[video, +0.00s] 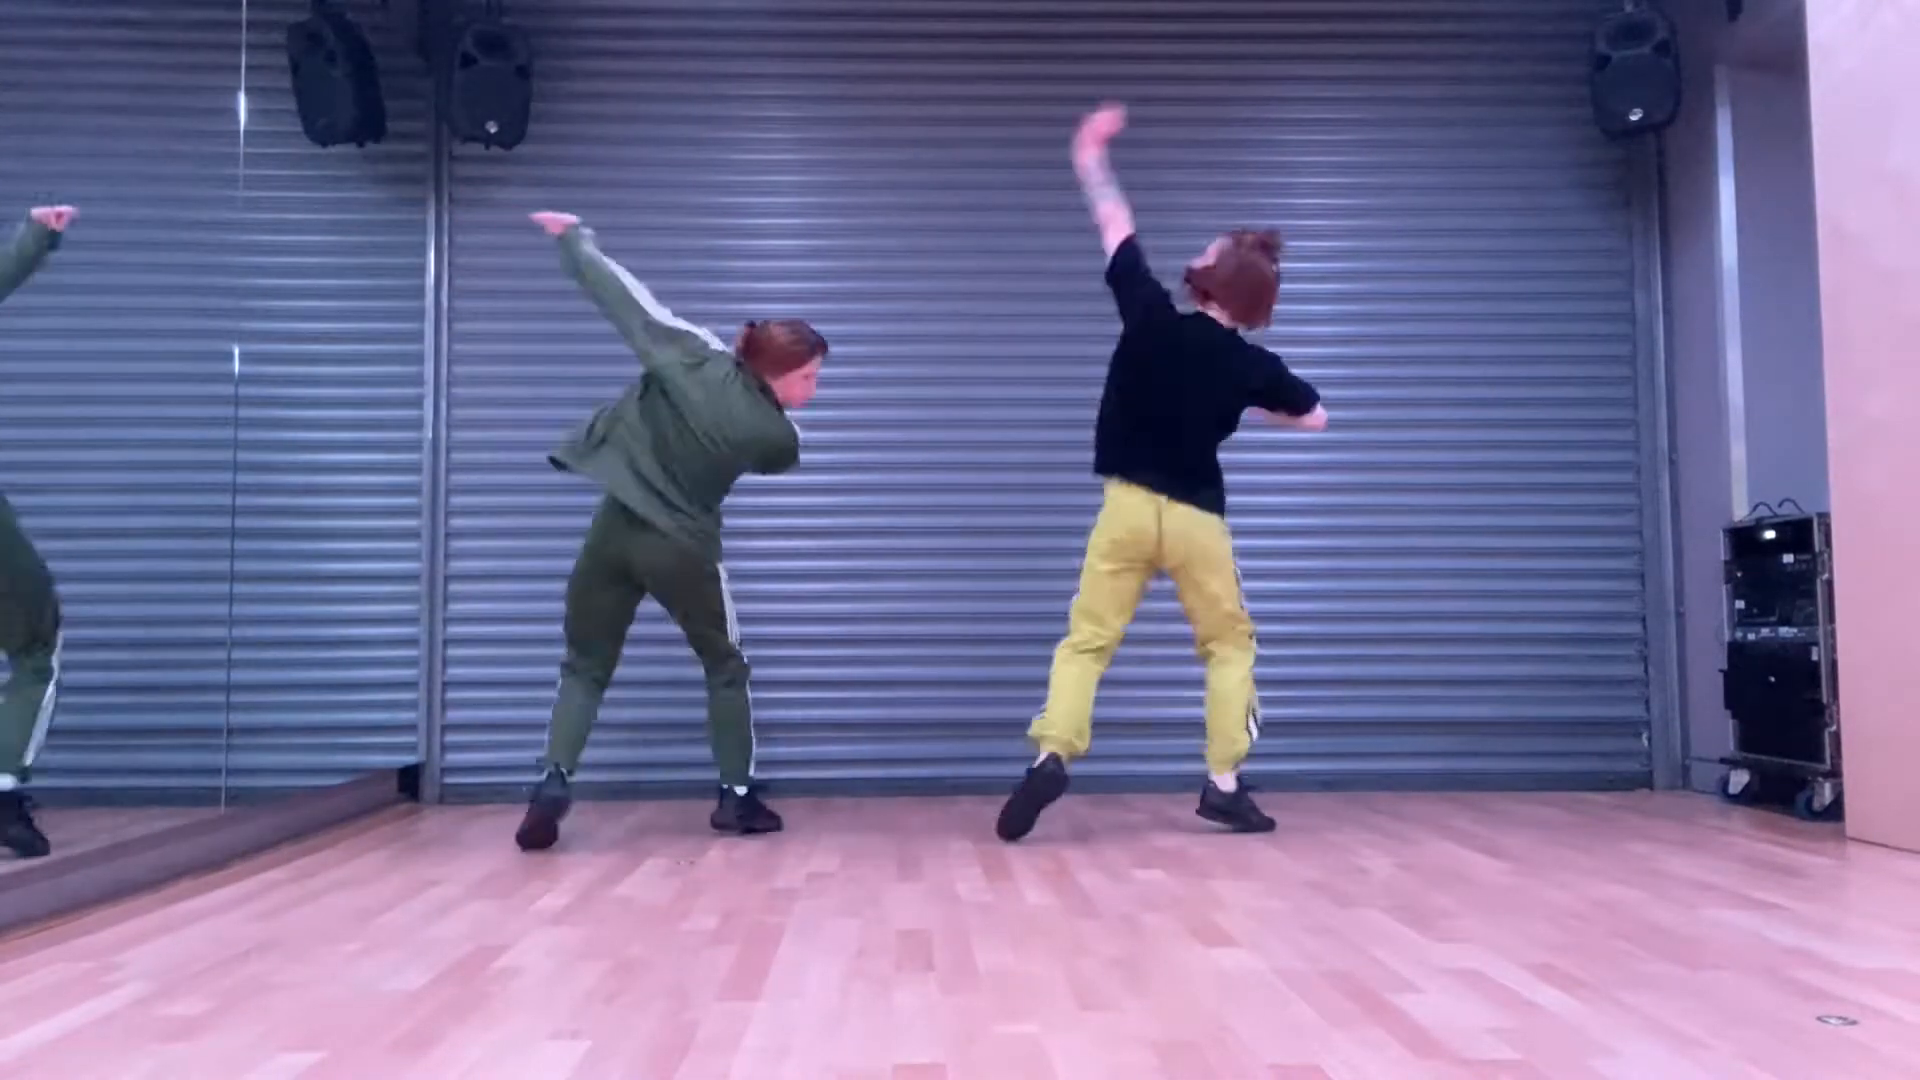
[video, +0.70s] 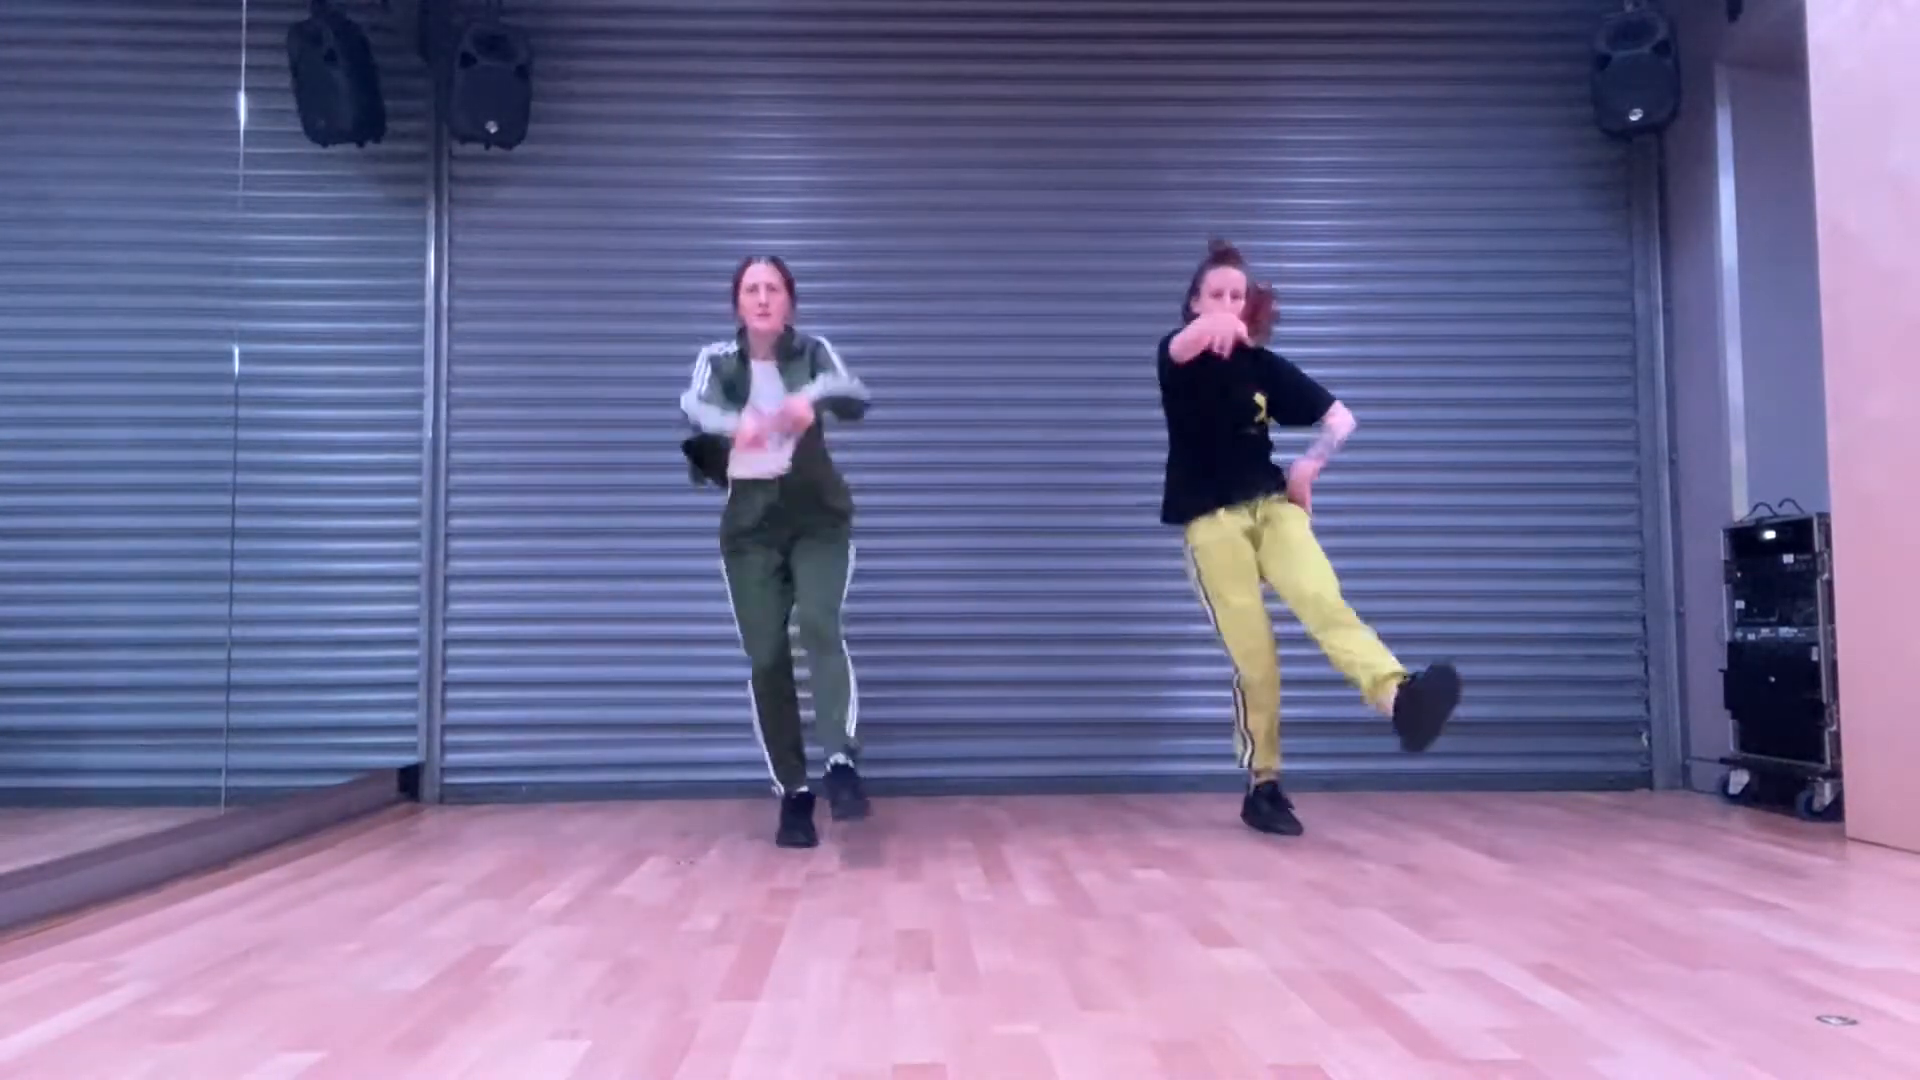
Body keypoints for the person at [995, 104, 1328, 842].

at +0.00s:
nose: (1202, 251)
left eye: (1211, 253)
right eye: (1216, 247)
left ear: (1209, 287)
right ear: (1250, 310)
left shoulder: (1148, 313)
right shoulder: (1246, 362)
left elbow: (1117, 228)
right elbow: (1313, 416)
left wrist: (1090, 159)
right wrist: (1244, 401)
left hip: (1124, 511)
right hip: (1197, 523)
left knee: (1086, 641)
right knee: (1228, 644)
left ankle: (1051, 757)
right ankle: (1224, 785)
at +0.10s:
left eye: (1201, 289)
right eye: (1235, 289)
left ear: (1191, 305)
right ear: (1238, 318)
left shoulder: (1164, 333)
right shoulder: (1244, 385)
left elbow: (1220, 268)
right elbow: (1284, 477)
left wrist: (1285, 210)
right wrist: (1270, 433)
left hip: (1144, 499)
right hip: (1206, 516)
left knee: (1123, 634)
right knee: (1222, 647)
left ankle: (1077, 746)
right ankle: (1218, 789)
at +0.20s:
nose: (1208, 291)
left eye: (1200, 284)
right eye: (1191, 296)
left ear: (1209, 300)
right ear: (1175, 332)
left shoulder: (1236, 331)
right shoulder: (1195, 396)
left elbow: (1317, 338)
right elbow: (1205, 504)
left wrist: (1391, 347)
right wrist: (1275, 525)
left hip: (1176, 518)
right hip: (1207, 530)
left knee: (1164, 646)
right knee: (1241, 658)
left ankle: (1086, 751)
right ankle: (1216, 793)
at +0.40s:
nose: (1218, 286)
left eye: (1229, 277)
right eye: (1207, 276)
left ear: (1243, 290)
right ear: (1189, 290)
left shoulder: (1268, 350)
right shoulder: (1174, 371)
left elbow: (1286, 428)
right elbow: (1135, 454)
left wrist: (1282, 455)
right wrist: (1213, 451)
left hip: (1266, 537)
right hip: (1201, 540)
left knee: (1300, 646)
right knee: (1230, 656)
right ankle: (1223, 791)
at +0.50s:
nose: (1237, 269)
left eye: (1247, 260)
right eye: (1226, 259)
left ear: (1259, 271)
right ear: (1204, 267)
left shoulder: (1272, 332)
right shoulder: (1180, 332)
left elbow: (1318, 394)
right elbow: (1138, 381)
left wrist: (1298, 449)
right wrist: (1212, 362)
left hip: (1265, 495)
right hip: (1200, 508)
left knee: (1329, 572)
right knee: (1239, 631)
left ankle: (1225, 591)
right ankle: (1240, 762)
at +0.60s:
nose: (1233, 282)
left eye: (1243, 272)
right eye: (1222, 271)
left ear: (1258, 279)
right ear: (1199, 277)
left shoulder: (1271, 340)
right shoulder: (1178, 327)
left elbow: (1337, 401)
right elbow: (1165, 339)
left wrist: (1309, 447)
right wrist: (1234, 300)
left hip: (1266, 487)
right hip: (1203, 502)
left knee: (1333, 527)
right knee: (1254, 627)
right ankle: (1250, 751)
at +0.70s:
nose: (1226, 306)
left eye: (1236, 296)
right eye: (1215, 295)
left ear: (1250, 306)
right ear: (1193, 303)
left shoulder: (1262, 364)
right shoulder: (1176, 355)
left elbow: (1340, 419)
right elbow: (1189, 344)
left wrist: (1308, 465)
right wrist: (1218, 323)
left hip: (1272, 506)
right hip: (1211, 519)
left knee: (1327, 605)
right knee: (1254, 654)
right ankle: (1263, 787)